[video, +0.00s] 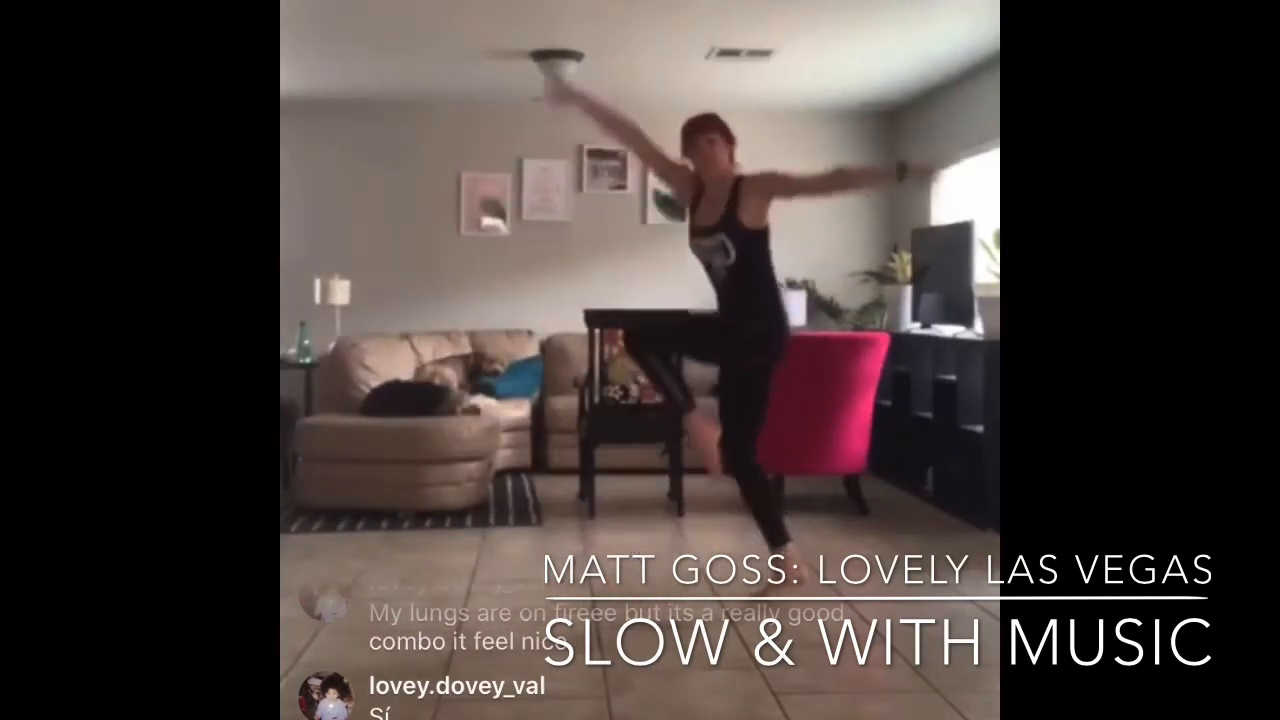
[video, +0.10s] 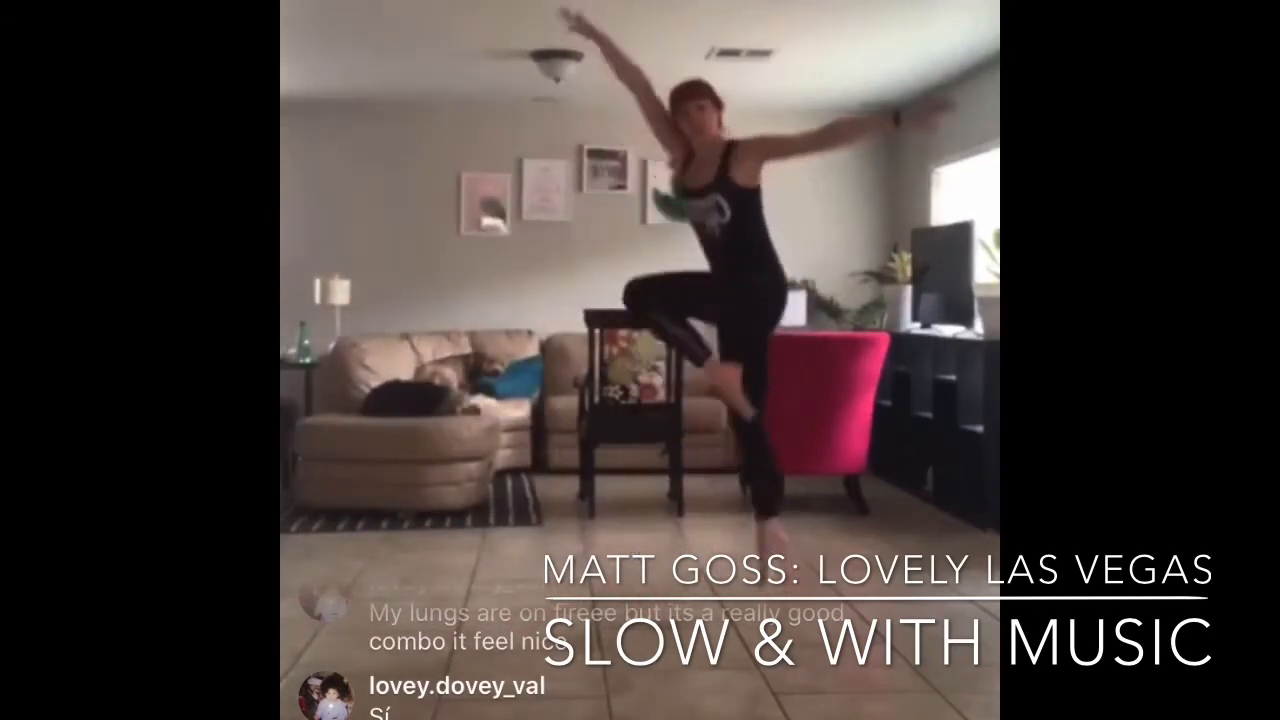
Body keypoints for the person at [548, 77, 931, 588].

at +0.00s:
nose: (702, 153)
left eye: (709, 143)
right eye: (694, 147)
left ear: (730, 147)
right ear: (689, 156)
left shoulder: (755, 188)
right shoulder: (693, 191)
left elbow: (825, 182)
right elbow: (637, 143)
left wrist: (894, 173)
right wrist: (576, 98)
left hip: (760, 332)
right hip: (725, 328)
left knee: (737, 453)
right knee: (640, 333)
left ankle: (785, 556)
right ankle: (693, 422)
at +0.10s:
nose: (695, 118)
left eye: (702, 108)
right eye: (687, 111)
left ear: (719, 113)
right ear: (677, 123)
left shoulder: (743, 155)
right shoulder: (682, 157)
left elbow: (820, 138)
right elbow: (637, 90)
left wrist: (898, 121)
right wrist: (596, 36)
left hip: (757, 288)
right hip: (727, 289)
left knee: (642, 293)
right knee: (742, 405)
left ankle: (714, 371)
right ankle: (768, 524)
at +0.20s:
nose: (692, 106)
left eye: (698, 95)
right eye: (682, 100)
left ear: (714, 101)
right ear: (670, 113)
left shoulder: (740, 143)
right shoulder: (676, 150)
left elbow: (819, 125)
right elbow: (632, 79)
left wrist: (893, 108)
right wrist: (591, 21)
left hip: (759, 274)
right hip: (725, 276)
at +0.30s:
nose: (689, 120)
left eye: (695, 111)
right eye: (679, 114)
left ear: (708, 117)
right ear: (663, 126)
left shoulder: (735, 157)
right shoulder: (663, 163)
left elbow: (813, 142)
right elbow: (616, 101)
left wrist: (887, 124)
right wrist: (572, 46)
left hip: (759, 289)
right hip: (720, 291)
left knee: (732, 401)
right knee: (647, 311)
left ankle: (743, 530)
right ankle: (730, 377)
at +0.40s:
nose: (687, 154)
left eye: (693, 144)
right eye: (676, 149)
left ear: (709, 150)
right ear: (663, 161)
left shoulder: (735, 194)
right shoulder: (662, 207)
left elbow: (811, 183)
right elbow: (606, 164)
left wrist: (884, 169)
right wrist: (552, 119)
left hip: (757, 325)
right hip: (715, 331)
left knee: (653, 357)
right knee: (722, 440)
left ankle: (729, 423)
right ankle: (755, 557)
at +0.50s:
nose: (683, 179)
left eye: (689, 168)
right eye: (672, 172)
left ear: (705, 173)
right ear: (661, 182)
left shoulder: (735, 217)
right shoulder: (660, 236)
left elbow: (810, 224)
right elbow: (604, 238)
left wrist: (881, 229)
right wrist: (550, 223)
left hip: (749, 354)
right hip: (709, 358)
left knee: (655, 397)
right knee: (713, 476)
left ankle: (700, 491)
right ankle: (759, 571)